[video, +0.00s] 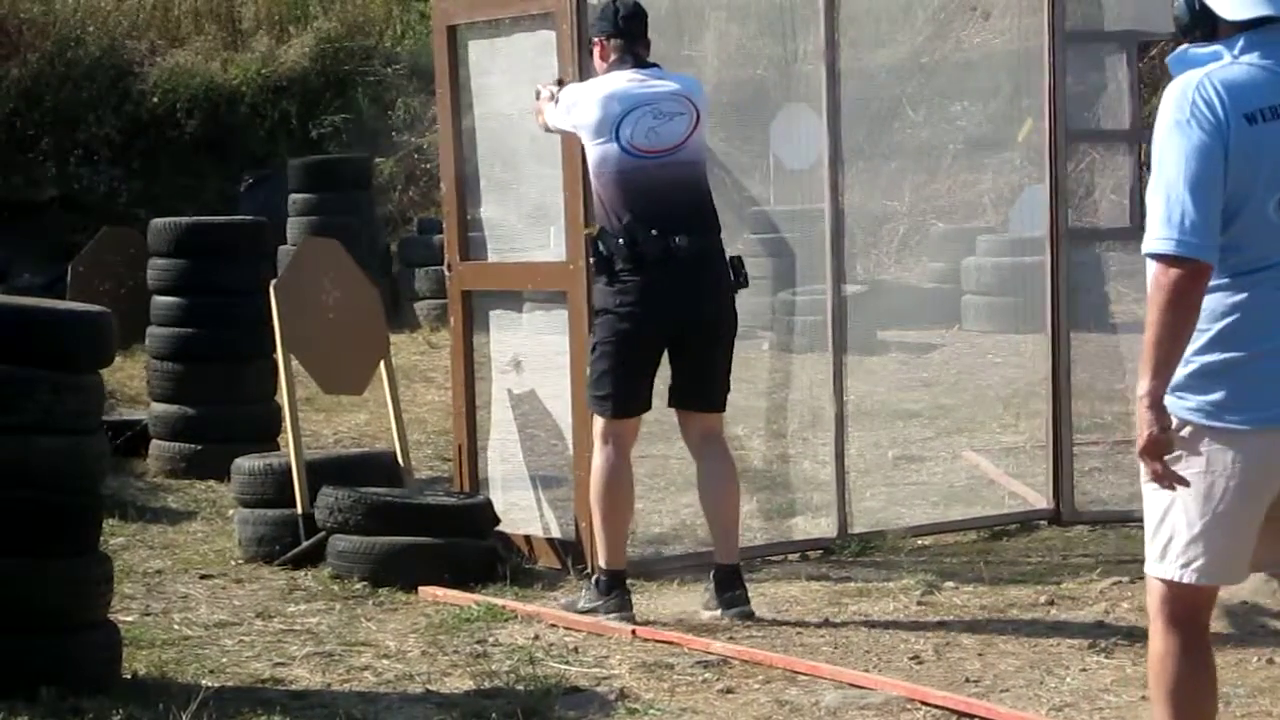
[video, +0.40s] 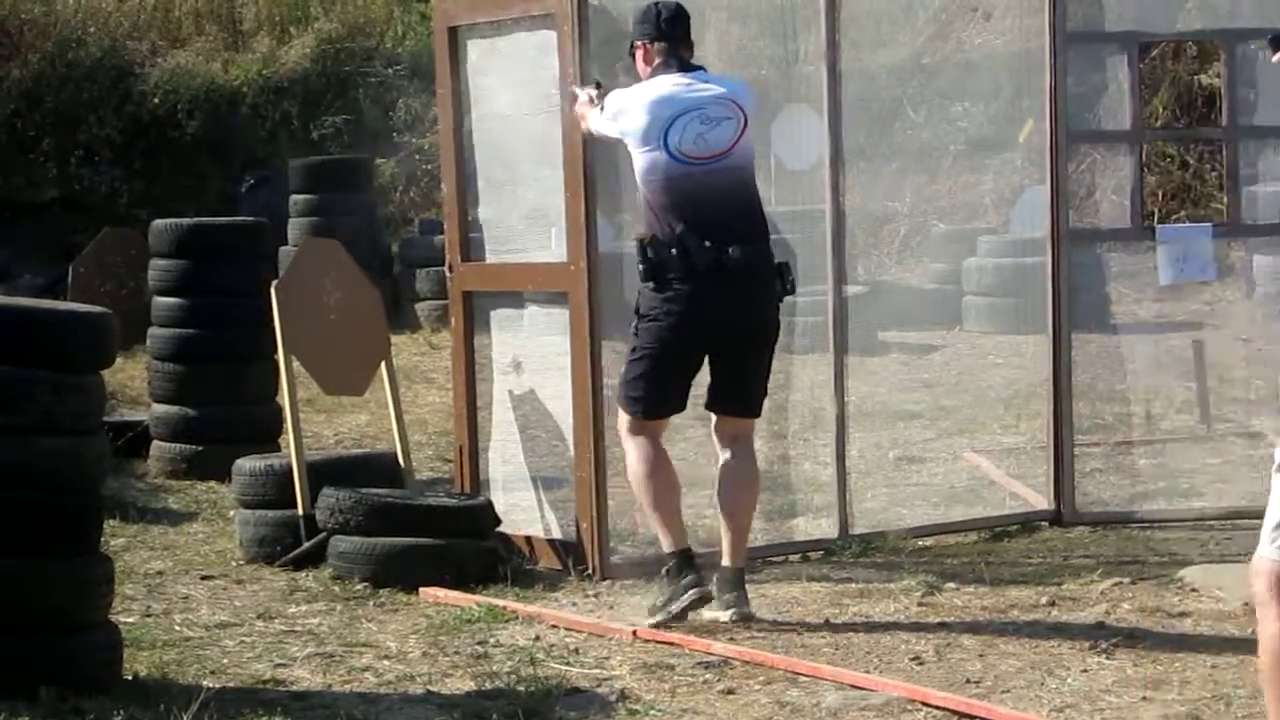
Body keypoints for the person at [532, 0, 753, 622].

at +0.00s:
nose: (590, 56)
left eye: (590, 48)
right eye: (593, 48)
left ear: (600, 49)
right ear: (647, 44)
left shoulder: (588, 98)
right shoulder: (690, 89)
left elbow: (551, 115)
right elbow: (641, 95)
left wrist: (553, 98)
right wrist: (576, 92)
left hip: (633, 286)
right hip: (707, 282)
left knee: (613, 437)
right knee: (707, 429)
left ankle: (609, 585)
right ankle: (730, 582)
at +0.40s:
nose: (635, 63)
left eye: (634, 56)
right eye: (636, 57)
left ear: (645, 54)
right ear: (692, 47)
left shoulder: (637, 102)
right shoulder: (739, 93)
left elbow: (595, 119)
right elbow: (692, 100)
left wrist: (586, 104)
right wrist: (656, 78)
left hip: (680, 292)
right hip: (754, 288)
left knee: (639, 427)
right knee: (737, 432)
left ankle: (681, 570)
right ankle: (733, 583)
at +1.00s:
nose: (709, 50)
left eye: (710, 40)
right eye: (712, 40)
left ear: (721, 38)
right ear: (765, 36)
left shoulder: (708, 89)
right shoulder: (815, 87)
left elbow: (652, 137)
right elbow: (753, 125)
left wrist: (640, 123)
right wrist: (687, 123)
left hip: (736, 286)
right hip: (814, 282)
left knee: (723, 444)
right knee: (804, 427)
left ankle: (739, 601)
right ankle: (826, 566)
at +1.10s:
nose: (750, 40)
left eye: (749, 32)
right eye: (777, 31)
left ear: (751, 35)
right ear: (804, 36)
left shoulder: (722, 88)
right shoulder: (832, 87)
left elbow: (666, 155)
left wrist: (673, 120)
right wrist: (711, 111)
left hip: (749, 289)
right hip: (829, 288)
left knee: (728, 443)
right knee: (846, 436)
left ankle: (740, 599)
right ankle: (858, 571)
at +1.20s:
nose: (855, 61)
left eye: (855, 52)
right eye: (852, 50)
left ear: (794, 41)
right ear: (830, 42)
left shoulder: (739, 101)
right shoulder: (863, 107)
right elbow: (858, 185)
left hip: (763, 296)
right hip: (845, 296)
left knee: (731, 441)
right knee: (889, 442)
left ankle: (743, 598)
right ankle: (888, 576)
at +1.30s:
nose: (881, 89)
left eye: (883, 77)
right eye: (877, 76)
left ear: (828, 67)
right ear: (843, 65)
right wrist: (886, 188)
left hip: (757, 326)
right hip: (841, 328)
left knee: (726, 452)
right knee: (925, 463)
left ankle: (720, 605)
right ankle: (890, 588)